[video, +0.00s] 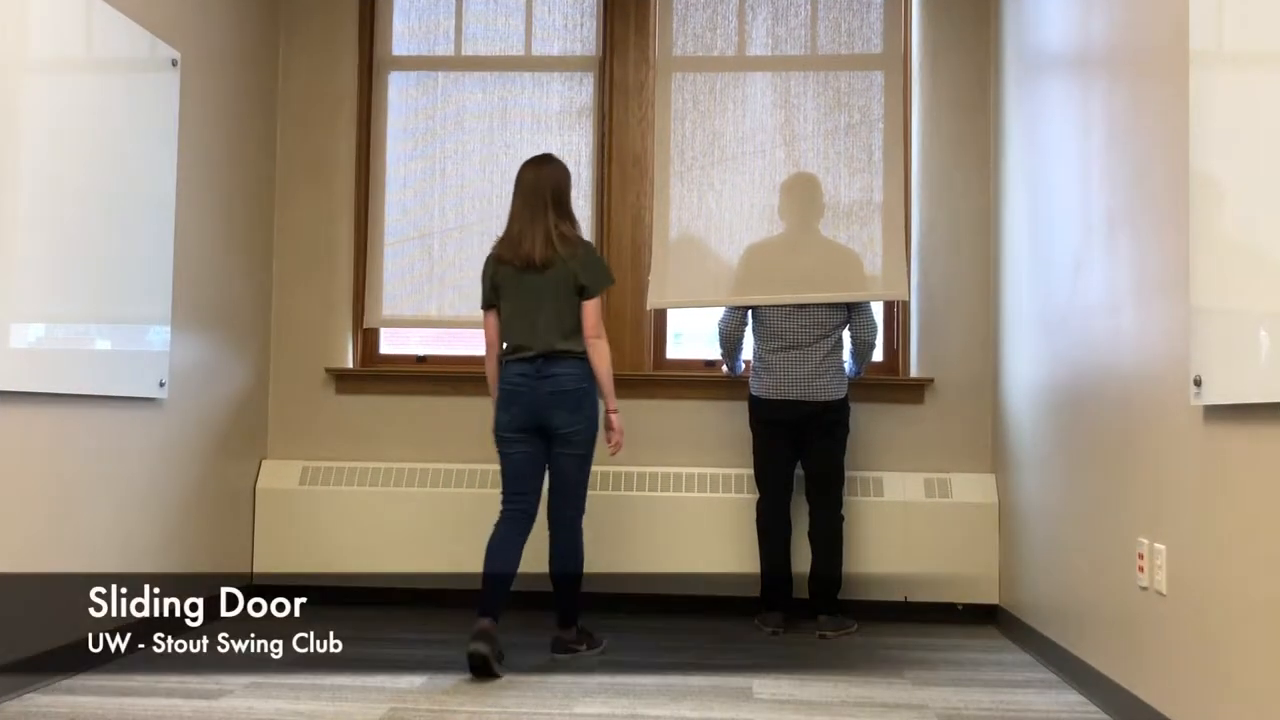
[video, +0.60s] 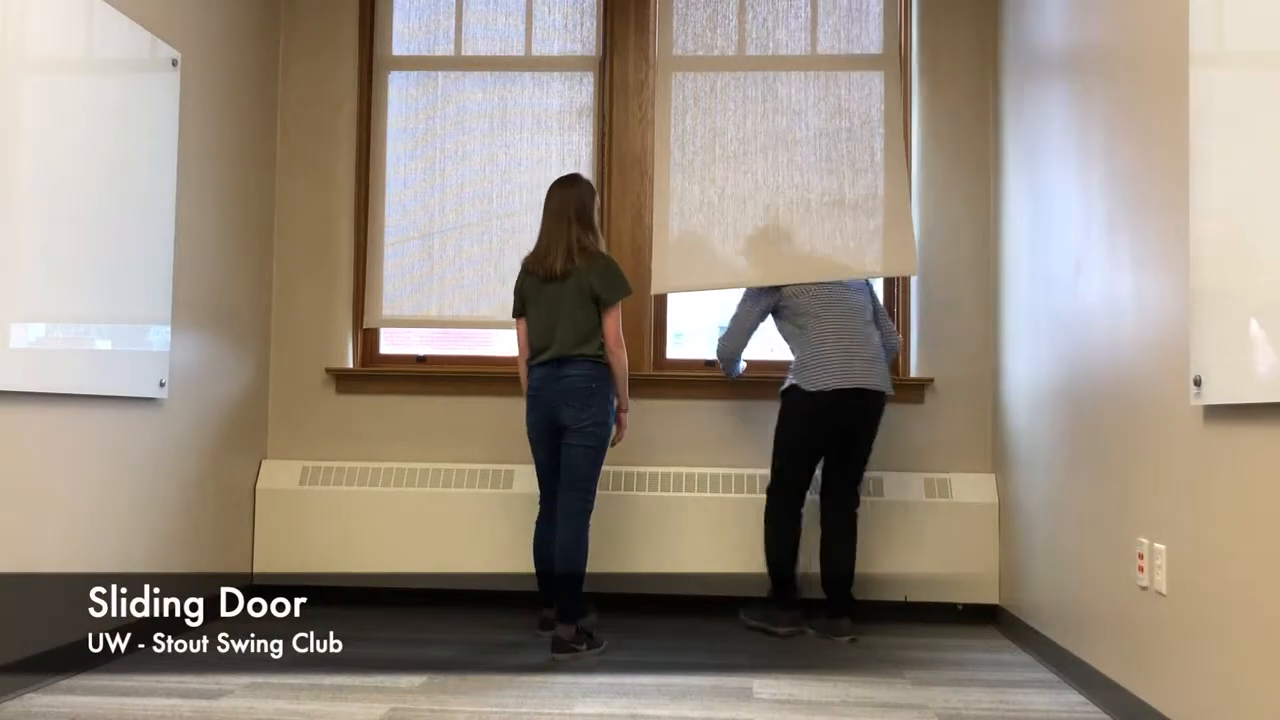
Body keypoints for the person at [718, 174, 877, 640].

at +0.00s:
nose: (798, 211)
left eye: (792, 202)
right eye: (806, 202)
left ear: (782, 207)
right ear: (820, 207)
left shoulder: (758, 256)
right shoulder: (843, 259)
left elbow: (731, 324)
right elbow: (866, 328)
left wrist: (733, 362)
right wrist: (854, 369)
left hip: (771, 398)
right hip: (826, 398)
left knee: (773, 504)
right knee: (826, 506)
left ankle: (774, 611)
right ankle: (825, 612)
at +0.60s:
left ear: (780, 241)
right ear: (821, 236)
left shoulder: (773, 273)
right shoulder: (852, 271)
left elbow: (731, 344)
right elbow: (891, 340)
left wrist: (729, 365)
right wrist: (866, 376)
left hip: (814, 390)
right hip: (869, 392)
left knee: (785, 495)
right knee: (841, 499)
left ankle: (783, 607)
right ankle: (839, 614)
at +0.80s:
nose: (733, 322)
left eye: (732, 312)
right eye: (727, 316)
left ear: (751, 297)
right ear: (759, 295)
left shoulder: (767, 315)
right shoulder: (808, 304)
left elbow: (758, 390)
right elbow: (896, 344)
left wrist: (737, 377)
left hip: (856, 391)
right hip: (897, 391)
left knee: (793, 498)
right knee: (844, 506)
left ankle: (831, 621)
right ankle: (842, 620)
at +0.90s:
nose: (727, 346)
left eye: (726, 335)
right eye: (722, 339)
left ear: (748, 319)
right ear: (750, 318)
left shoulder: (771, 333)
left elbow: (776, 419)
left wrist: (751, 407)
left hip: (875, 401)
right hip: (904, 397)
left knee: (822, 504)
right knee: (839, 506)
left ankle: (853, 637)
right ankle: (848, 628)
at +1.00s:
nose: (724, 351)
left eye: (727, 339)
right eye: (719, 343)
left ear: (752, 325)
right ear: (750, 328)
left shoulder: (778, 340)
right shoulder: (781, 334)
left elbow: (792, 427)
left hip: (900, 409)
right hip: (886, 408)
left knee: (846, 504)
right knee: (828, 492)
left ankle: (868, 655)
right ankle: (840, 616)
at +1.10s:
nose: (735, 331)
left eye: (740, 318)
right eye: (728, 324)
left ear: (768, 309)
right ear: (729, 326)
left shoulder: (802, 337)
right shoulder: (798, 338)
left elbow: (820, 420)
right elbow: (846, 413)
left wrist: (807, 483)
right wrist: (813, 481)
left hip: (909, 413)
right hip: (879, 416)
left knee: (852, 508)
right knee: (822, 498)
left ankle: (868, 656)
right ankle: (838, 617)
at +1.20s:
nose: (758, 293)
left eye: (766, 282)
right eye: (749, 287)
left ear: (789, 280)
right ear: (743, 293)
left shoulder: (816, 311)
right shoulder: (786, 322)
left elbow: (863, 380)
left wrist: (840, 454)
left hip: (912, 412)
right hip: (875, 414)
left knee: (857, 507)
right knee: (818, 497)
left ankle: (868, 657)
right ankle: (835, 616)